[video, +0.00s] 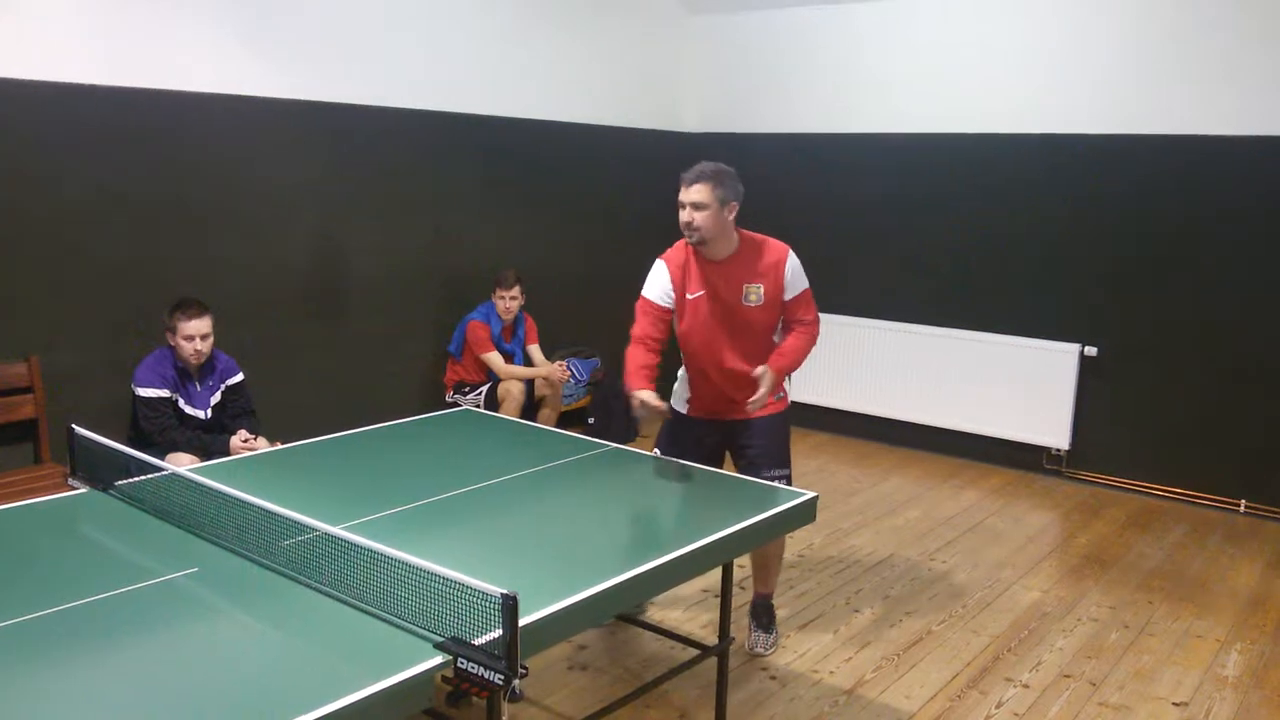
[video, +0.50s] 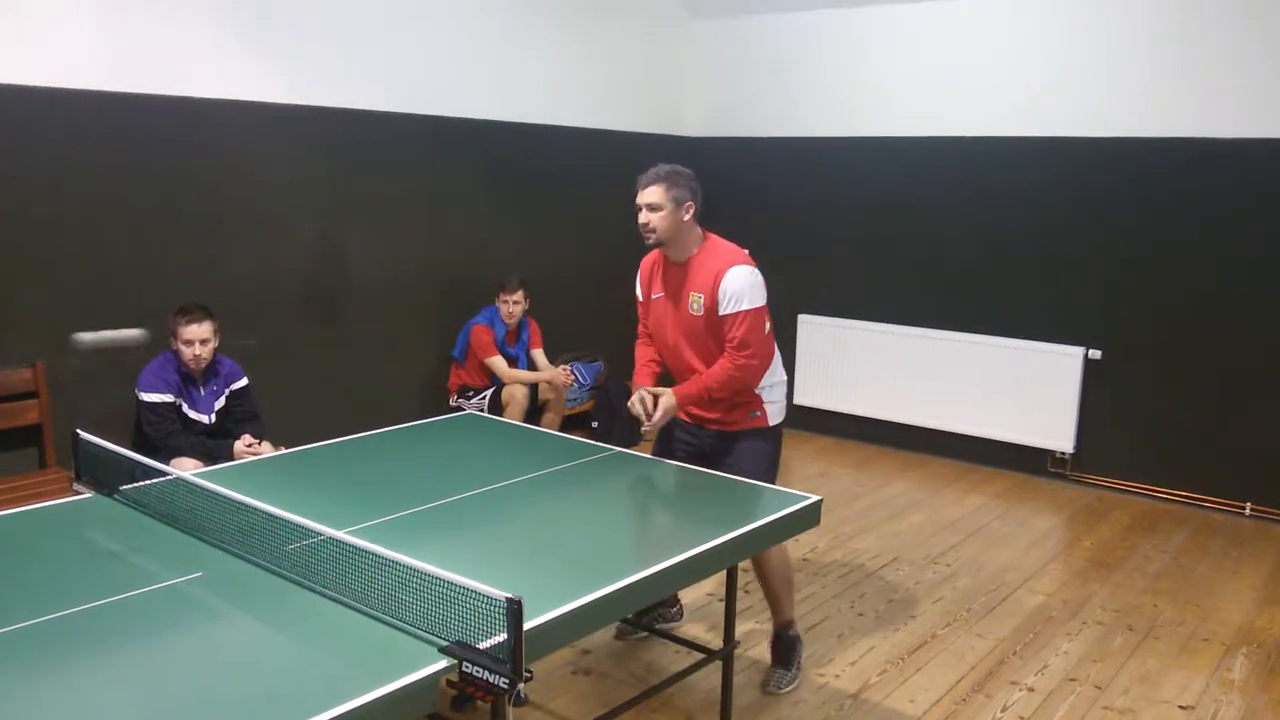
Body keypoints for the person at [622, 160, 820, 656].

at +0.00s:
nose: (686, 217)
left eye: (698, 207)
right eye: (682, 207)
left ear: (731, 211)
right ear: (679, 209)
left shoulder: (777, 261)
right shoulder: (671, 266)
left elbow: (805, 324)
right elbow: (645, 337)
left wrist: (776, 368)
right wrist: (640, 385)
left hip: (760, 409)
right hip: (693, 405)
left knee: (769, 507)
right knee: (659, 495)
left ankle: (762, 607)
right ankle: (633, 587)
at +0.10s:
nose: (676, 212)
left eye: (688, 202)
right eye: (673, 202)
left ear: (722, 207)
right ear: (672, 206)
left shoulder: (770, 260)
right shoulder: (663, 267)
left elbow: (799, 331)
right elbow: (658, 338)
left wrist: (757, 375)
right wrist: (661, 387)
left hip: (758, 415)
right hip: (689, 412)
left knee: (767, 511)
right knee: (659, 499)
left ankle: (761, 608)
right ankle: (650, 594)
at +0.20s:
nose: (660, 212)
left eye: (671, 202)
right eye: (656, 202)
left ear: (705, 207)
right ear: (655, 206)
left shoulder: (756, 261)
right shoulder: (652, 269)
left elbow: (783, 337)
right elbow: (655, 339)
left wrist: (731, 385)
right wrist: (666, 390)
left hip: (751, 420)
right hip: (684, 416)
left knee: (761, 517)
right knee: (658, 505)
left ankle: (761, 610)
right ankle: (659, 598)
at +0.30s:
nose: (647, 215)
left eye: (658, 206)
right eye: (645, 206)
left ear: (693, 209)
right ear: (645, 209)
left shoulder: (744, 265)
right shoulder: (645, 271)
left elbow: (766, 347)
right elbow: (648, 341)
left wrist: (705, 390)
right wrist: (657, 387)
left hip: (747, 421)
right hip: (681, 418)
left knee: (753, 514)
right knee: (648, 504)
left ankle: (768, 606)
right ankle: (660, 599)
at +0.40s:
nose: (640, 219)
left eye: (650, 209)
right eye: (637, 210)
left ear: (685, 212)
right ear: (643, 214)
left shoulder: (734, 272)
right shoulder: (644, 271)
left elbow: (749, 358)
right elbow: (644, 339)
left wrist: (680, 394)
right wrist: (645, 383)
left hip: (742, 423)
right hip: (680, 418)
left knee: (743, 514)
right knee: (646, 503)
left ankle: (779, 622)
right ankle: (658, 598)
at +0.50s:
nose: (641, 219)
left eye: (651, 209)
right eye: (639, 210)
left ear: (687, 210)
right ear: (646, 214)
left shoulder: (734, 272)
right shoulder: (649, 268)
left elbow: (746, 360)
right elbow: (647, 337)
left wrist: (678, 397)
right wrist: (644, 383)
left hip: (748, 417)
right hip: (688, 413)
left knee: (751, 520)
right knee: (652, 502)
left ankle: (786, 636)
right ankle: (663, 600)